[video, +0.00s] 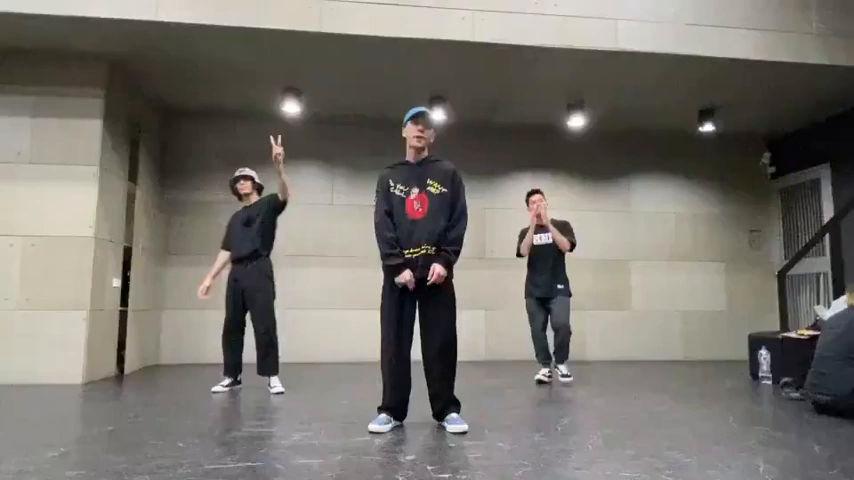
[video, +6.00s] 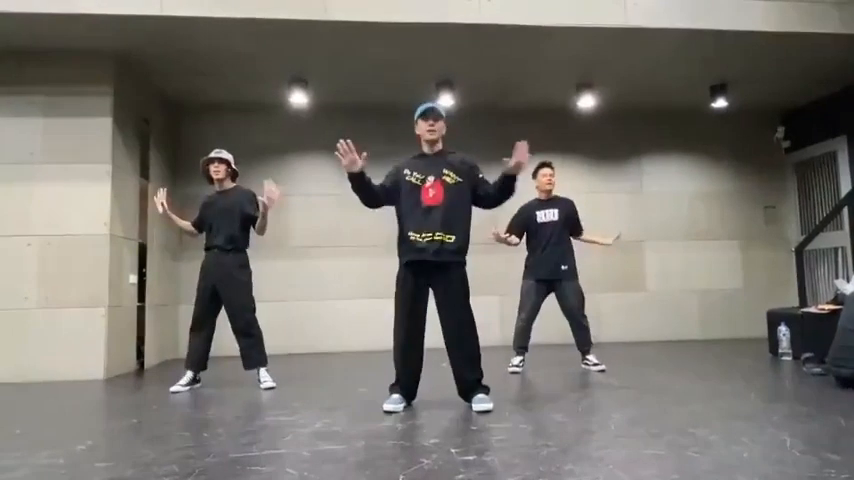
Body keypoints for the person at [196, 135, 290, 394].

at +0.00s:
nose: (241, 183)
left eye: (246, 179)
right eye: (237, 181)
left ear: (255, 184)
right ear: (235, 188)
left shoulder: (268, 204)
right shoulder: (235, 217)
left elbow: (284, 195)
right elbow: (226, 251)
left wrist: (279, 166)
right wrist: (210, 277)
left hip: (259, 270)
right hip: (236, 272)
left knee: (265, 326)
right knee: (232, 327)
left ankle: (272, 376)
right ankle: (231, 376)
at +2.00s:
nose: (266, 170)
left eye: (270, 166)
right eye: (261, 166)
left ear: (278, 172)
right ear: (256, 172)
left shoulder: (292, 201)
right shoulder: (244, 200)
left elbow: (312, 230)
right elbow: (232, 230)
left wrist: (299, 250)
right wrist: (234, 254)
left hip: (278, 269)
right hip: (250, 268)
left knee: (281, 322)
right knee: (239, 318)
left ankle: (283, 373)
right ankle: (242, 368)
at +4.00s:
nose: (218, 161)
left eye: (223, 158)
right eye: (215, 157)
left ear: (233, 163)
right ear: (209, 162)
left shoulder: (247, 194)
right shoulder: (196, 190)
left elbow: (252, 224)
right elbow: (197, 224)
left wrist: (244, 238)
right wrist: (200, 256)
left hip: (230, 259)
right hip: (202, 258)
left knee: (249, 312)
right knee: (177, 315)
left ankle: (257, 365)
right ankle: (172, 365)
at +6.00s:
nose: (215, 167)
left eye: (220, 163)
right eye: (212, 164)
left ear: (230, 168)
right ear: (208, 170)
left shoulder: (245, 195)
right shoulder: (209, 201)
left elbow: (260, 230)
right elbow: (194, 229)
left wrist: (266, 209)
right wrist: (167, 213)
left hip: (236, 263)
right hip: (211, 263)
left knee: (245, 318)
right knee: (202, 318)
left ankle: (261, 370)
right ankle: (192, 372)